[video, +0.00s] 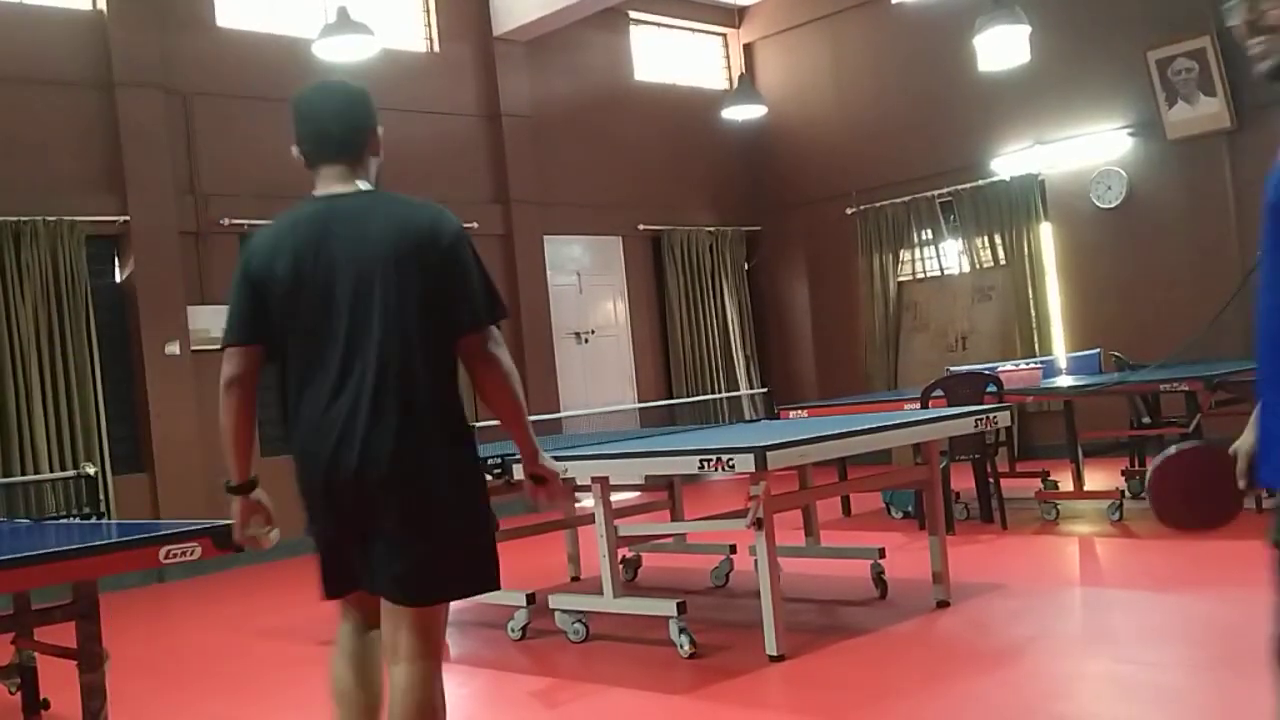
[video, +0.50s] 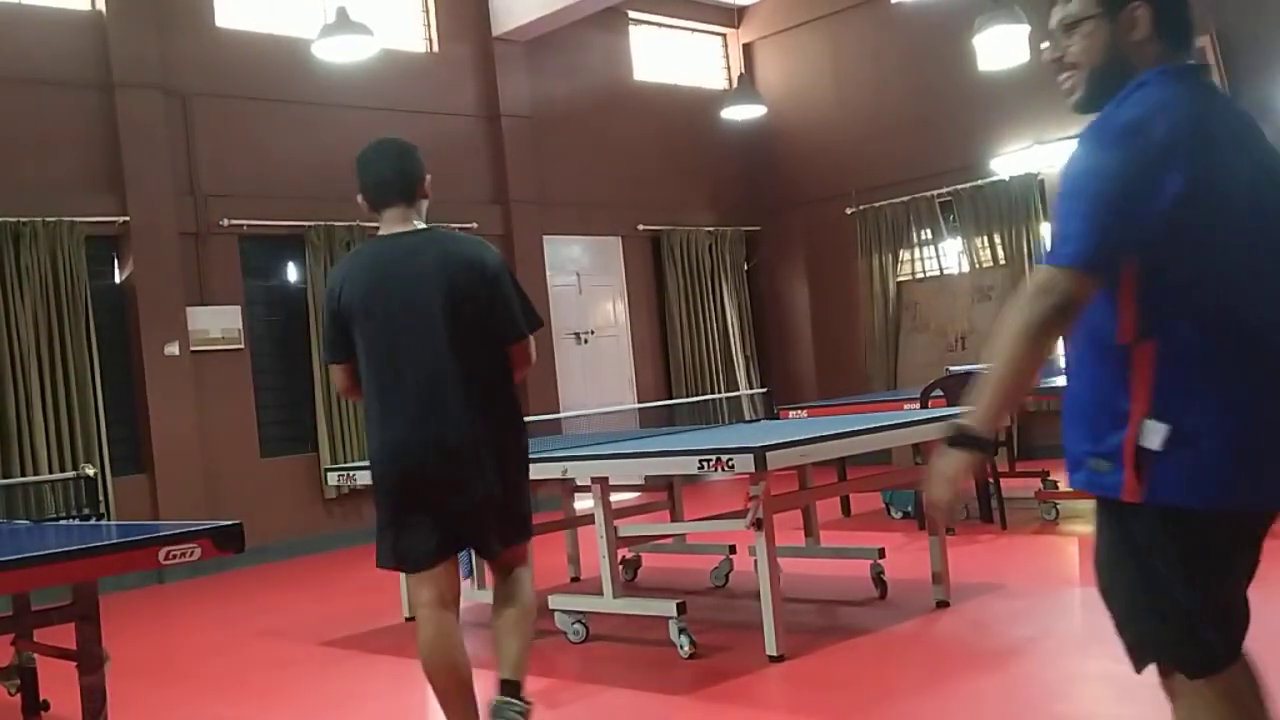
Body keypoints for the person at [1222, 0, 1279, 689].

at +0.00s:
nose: (1254, 35)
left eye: (1259, 23)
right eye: (1247, 26)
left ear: (1274, 34)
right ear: (1240, 41)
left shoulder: (1274, 187)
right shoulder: (1274, 185)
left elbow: (1272, 323)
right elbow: (1271, 320)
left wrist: (1256, 427)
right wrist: (1256, 424)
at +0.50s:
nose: (1054, 52)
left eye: (1073, 27)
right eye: (1053, 36)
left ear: (1137, 22)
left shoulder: (1136, 124)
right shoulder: (1227, 118)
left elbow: (1049, 296)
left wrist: (966, 438)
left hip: (1168, 459)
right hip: (1235, 449)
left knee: (1193, 668)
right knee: (1212, 654)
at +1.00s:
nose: (965, 103)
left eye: (978, 81)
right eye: (964, 87)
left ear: (1032, 75)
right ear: (1041, 81)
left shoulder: (1023, 172)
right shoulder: (1134, 179)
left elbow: (996, 321)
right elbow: (1162, 330)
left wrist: (939, 455)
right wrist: (1164, 464)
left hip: (1038, 461)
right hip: (1129, 456)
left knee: (990, 628)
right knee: (1107, 631)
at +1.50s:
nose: (901, 148)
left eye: (907, 127)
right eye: (898, 133)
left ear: (952, 116)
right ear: (968, 121)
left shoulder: (945, 200)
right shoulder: (1056, 200)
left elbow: (937, 311)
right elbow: (1069, 334)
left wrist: (889, 443)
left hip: (974, 457)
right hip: (1071, 452)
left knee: (950, 613)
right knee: (1061, 614)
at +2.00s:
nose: (871, 153)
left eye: (872, 140)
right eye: (872, 141)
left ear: (891, 141)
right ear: (955, 139)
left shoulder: (864, 226)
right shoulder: (1013, 216)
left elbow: (822, 341)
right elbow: (1051, 334)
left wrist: (814, 416)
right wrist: (1063, 429)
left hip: (912, 447)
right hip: (1005, 438)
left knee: (935, 595)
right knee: (1018, 572)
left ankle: (948, 719)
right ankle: (1038, 711)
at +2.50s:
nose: (919, 170)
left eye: (919, 160)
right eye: (921, 160)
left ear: (930, 160)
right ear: (991, 156)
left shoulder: (903, 234)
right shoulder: (1040, 229)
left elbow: (875, 341)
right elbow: (1079, 337)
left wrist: (887, 402)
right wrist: (1091, 418)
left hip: (934, 435)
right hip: (1019, 433)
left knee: (925, 542)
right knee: (1019, 556)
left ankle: (951, 674)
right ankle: (1032, 703)